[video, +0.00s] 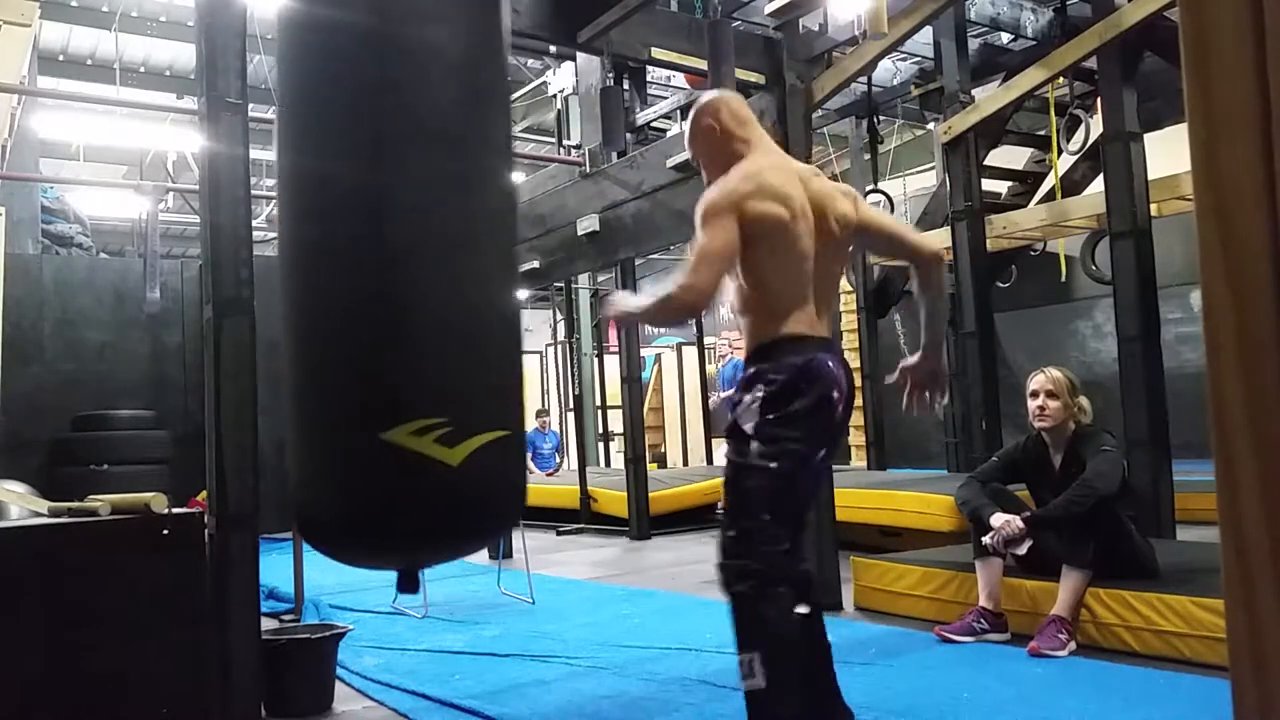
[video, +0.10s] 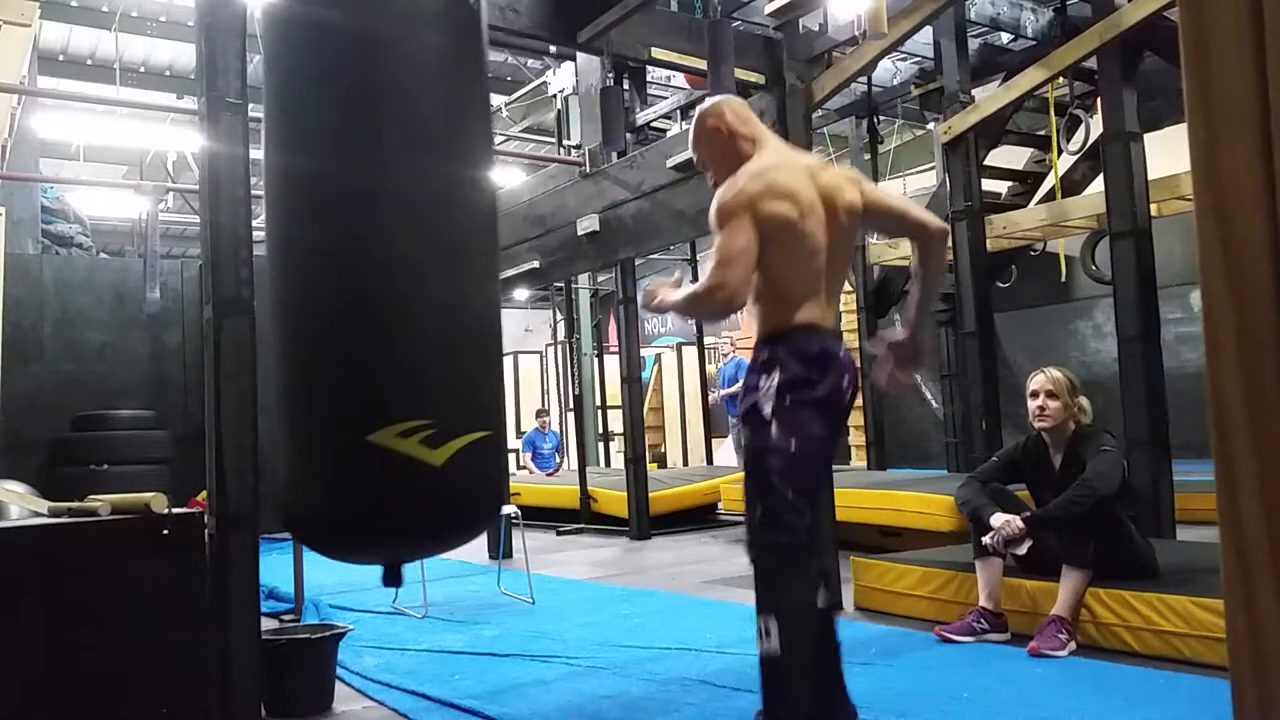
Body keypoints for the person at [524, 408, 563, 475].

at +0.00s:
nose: (544, 420)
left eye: (546, 417)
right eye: (541, 417)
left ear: (549, 418)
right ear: (536, 420)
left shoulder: (555, 435)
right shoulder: (531, 436)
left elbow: (561, 455)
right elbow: (527, 459)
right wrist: (539, 473)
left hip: (553, 472)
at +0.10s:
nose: (544, 420)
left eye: (546, 417)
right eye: (541, 417)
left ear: (549, 418)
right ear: (536, 420)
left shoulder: (555, 435)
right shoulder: (529, 437)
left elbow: (561, 454)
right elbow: (526, 460)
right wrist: (539, 473)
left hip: (553, 472)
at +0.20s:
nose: (544, 420)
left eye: (546, 416)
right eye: (541, 417)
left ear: (549, 418)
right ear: (536, 420)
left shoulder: (555, 435)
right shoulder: (529, 436)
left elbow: (561, 454)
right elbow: (526, 460)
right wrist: (539, 473)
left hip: (553, 473)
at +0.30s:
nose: (544, 419)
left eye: (546, 416)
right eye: (541, 417)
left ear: (549, 418)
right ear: (536, 420)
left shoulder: (555, 435)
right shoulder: (529, 436)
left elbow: (561, 454)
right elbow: (526, 459)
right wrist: (539, 473)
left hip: (554, 473)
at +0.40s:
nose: (544, 419)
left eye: (546, 416)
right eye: (541, 417)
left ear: (549, 418)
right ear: (536, 420)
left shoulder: (555, 435)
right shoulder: (529, 436)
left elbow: (561, 454)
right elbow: (526, 459)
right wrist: (539, 473)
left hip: (554, 473)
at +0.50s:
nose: (544, 419)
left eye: (546, 416)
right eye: (541, 417)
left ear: (549, 418)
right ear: (536, 420)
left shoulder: (555, 435)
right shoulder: (529, 437)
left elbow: (561, 454)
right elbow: (526, 459)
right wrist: (539, 473)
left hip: (554, 473)